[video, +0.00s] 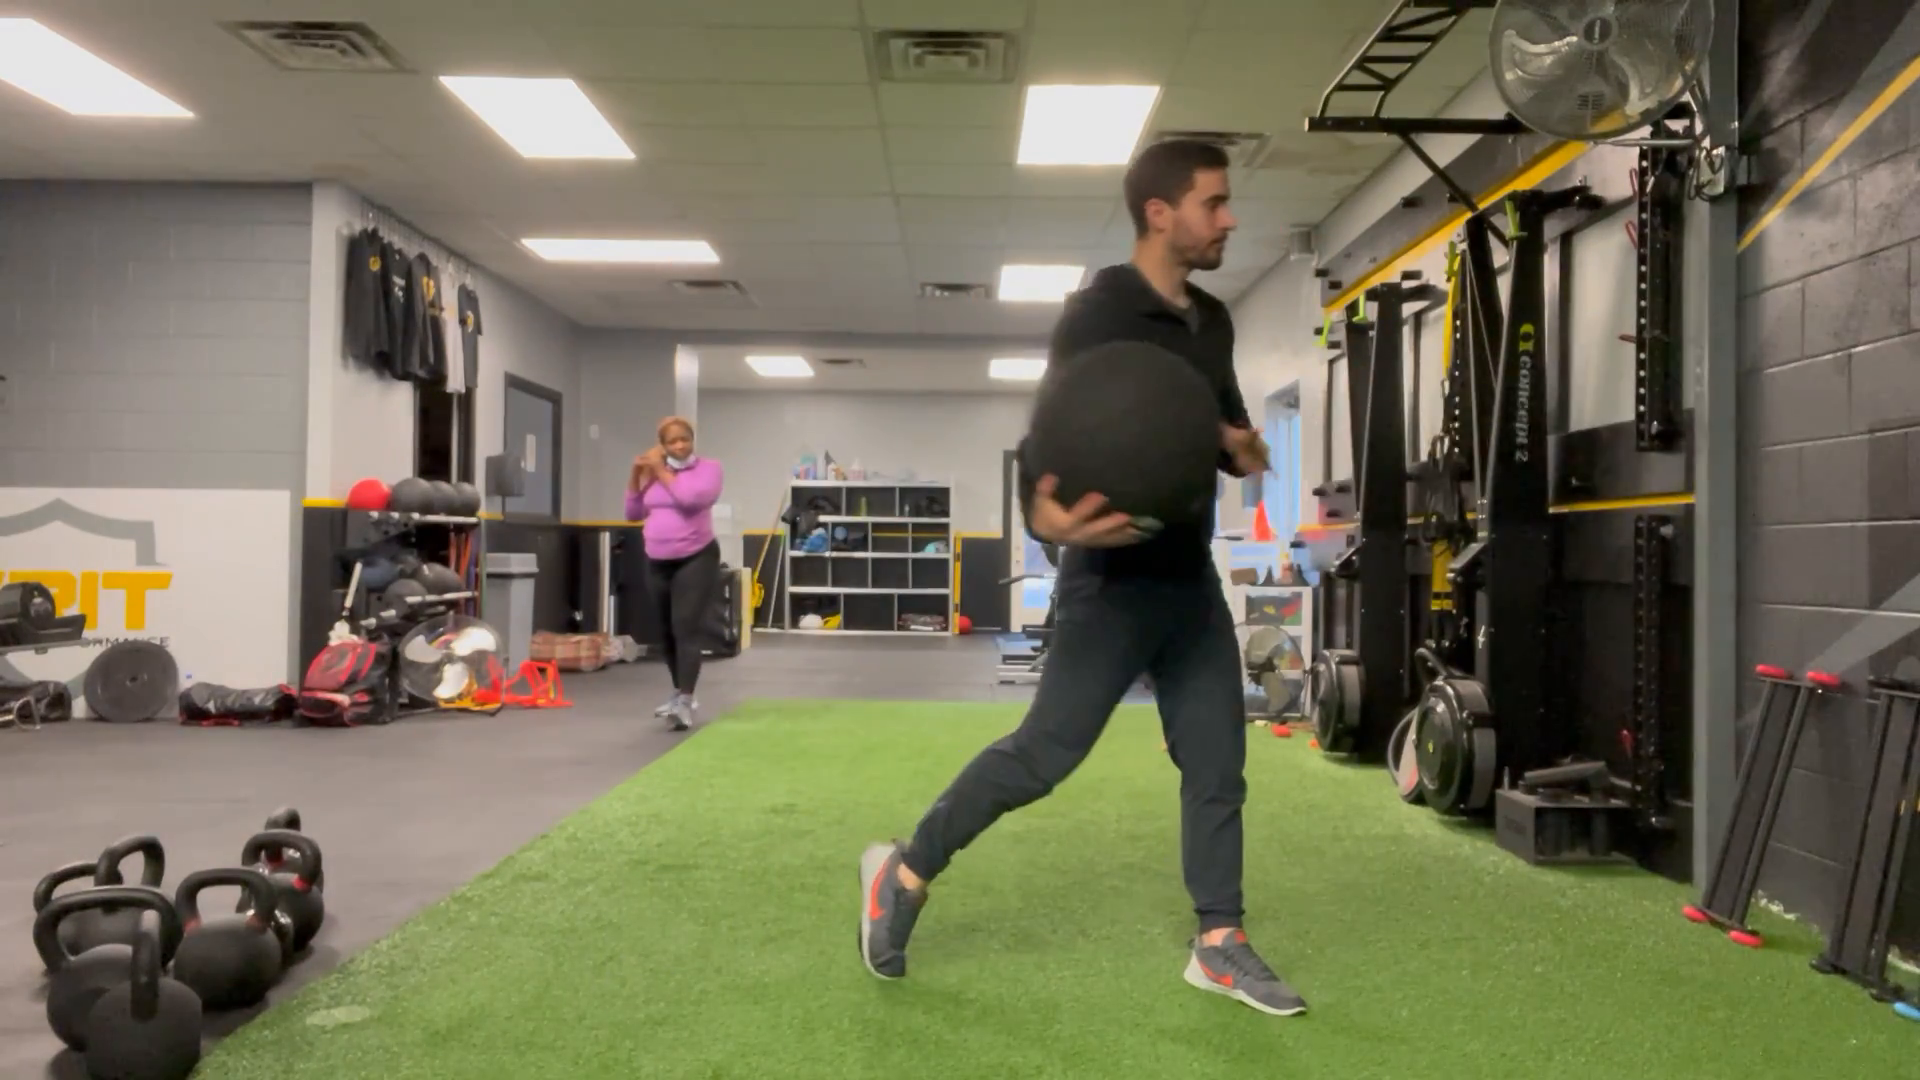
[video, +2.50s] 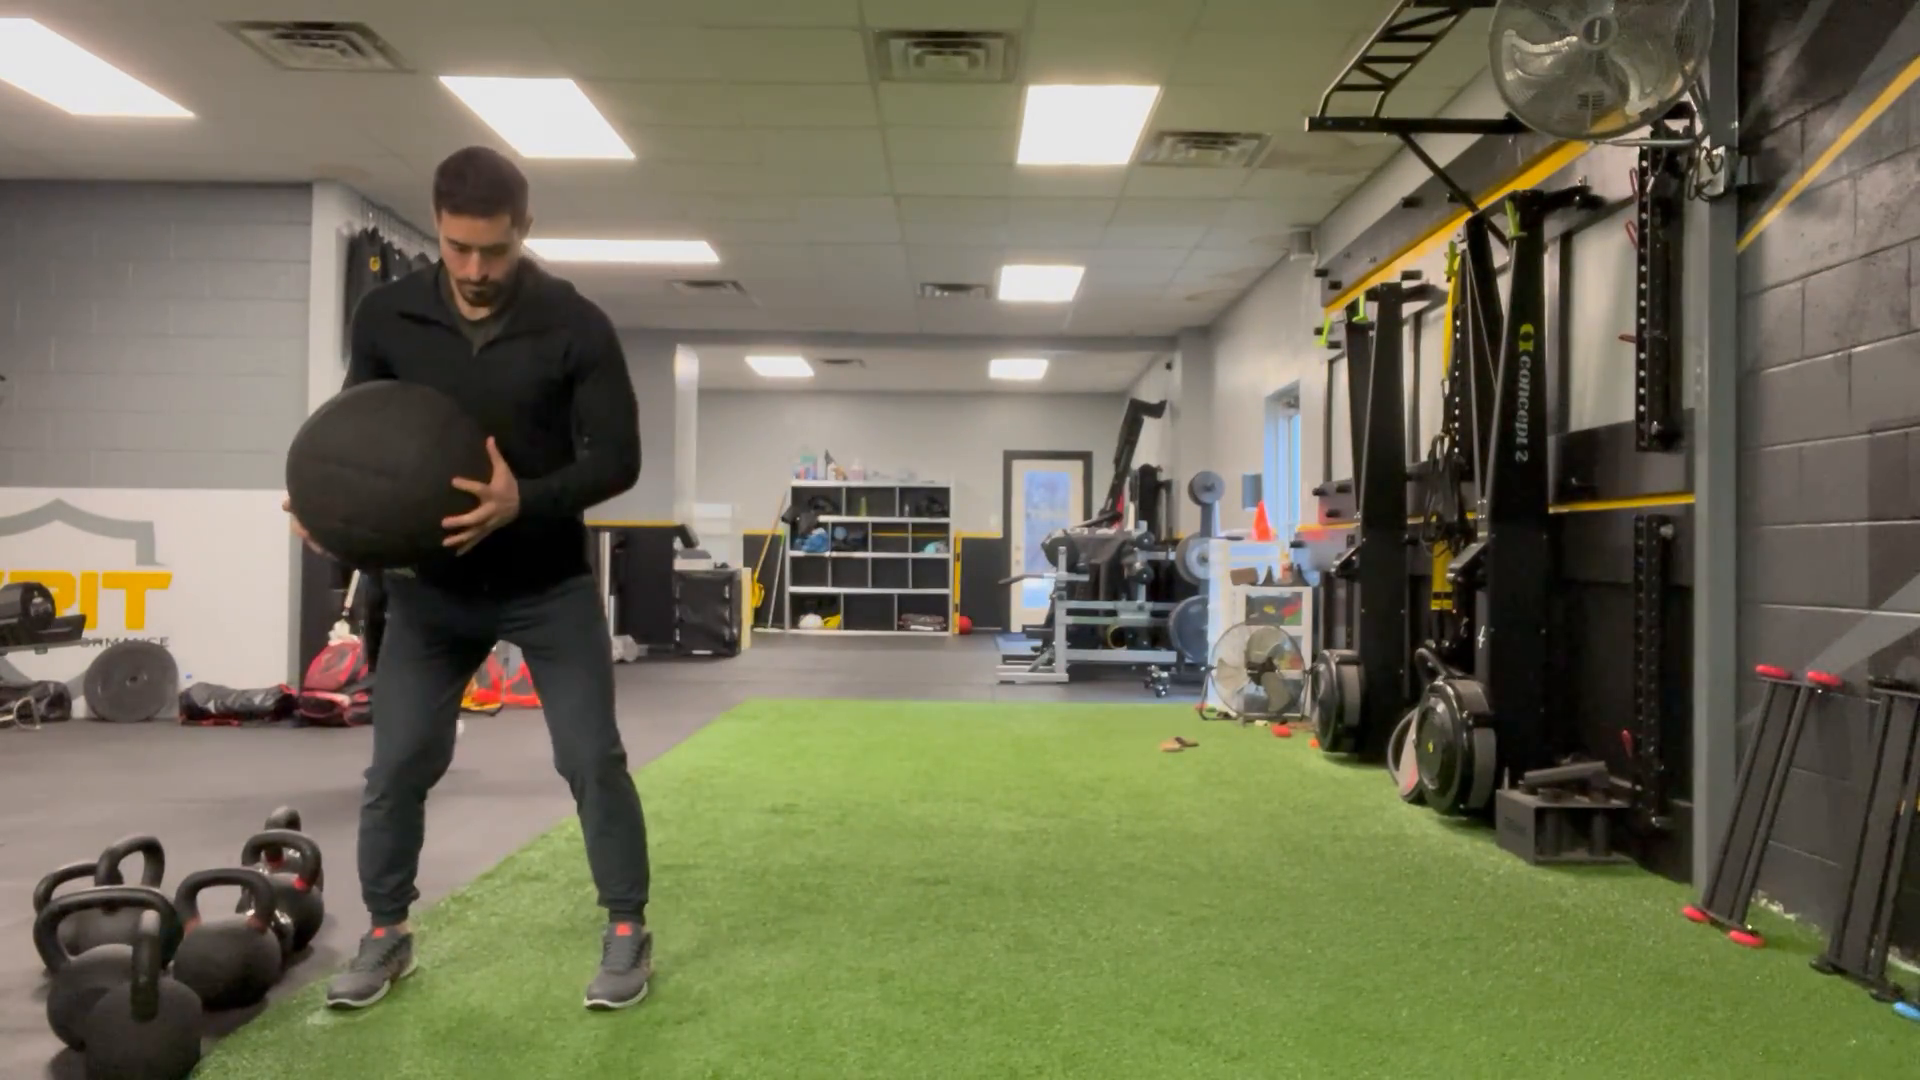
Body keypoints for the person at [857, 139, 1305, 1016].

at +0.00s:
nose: (1229, 220)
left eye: (1228, 204)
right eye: (1214, 204)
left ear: (1191, 216)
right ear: (1158, 213)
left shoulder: (1210, 319)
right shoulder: (1105, 302)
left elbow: (1231, 426)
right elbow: (1051, 434)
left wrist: (1243, 449)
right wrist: (1047, 522)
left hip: (1188, 581)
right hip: (1109, 581)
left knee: (1215, 766)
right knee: (1043, 754)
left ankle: (1219, 939)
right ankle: (905, 869)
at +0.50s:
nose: (973, 262)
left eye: (989, 247)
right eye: (960, 246)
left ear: (1015, 246)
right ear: (942, 245)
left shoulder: (1063, 330)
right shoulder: (908, 343)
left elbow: (1102, 446)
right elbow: (880, 459)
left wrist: (996, 433)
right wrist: (835, 506)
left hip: (1039, 588)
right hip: (932, 589)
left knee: (1120, 760)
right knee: (915, 764)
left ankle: (1188, 924)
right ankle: (924, 911)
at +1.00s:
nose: (832, 266)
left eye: (847, 250)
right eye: (822, 249)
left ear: (893, 235)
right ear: (817, 239)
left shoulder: (952, 319)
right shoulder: (816, 329)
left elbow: (1010, 429)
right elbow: (790, 457)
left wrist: (903, 447)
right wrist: (724, 482)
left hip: (908, 576)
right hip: (829, 572)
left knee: (830, 741)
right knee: (876, 745)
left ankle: (766, 941)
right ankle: (926, 907)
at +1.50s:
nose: (714, 245)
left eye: (731, 227)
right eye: (702, 226)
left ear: (776, 206)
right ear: (692, 209)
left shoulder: (833, 294)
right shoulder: (690, 291)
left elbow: (899, 415)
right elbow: (655, 414)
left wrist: (794, 433)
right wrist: (576, 444)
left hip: (775, 567)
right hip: (681, 555)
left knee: (745, 757)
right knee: (626, 737)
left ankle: (754, 952)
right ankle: (669, 884)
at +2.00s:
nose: (548, 271)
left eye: (567, 256)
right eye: (536, 251)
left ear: (603, 238)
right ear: (519, 229)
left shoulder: (655, 319)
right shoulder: (478, 308)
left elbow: (717, 441)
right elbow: (436, 429)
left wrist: (648, 454)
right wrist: (379, 482)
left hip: (604, 596)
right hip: (486, 589)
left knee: (655, 769)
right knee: (427, 773)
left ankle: (738, 948)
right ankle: (393, 933)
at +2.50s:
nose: (475, 269)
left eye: (493, 251)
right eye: (460, 249)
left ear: (524, 234)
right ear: (435, 230)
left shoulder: (574, 326)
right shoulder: (386, 314)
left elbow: (617, 461)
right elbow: (363, 440)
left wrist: (524, 497)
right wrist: (323, 504)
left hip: (550, 585)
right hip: (427, 587)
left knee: (592, 756)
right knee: (396, 766)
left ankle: (625, 927)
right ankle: (386, 931)